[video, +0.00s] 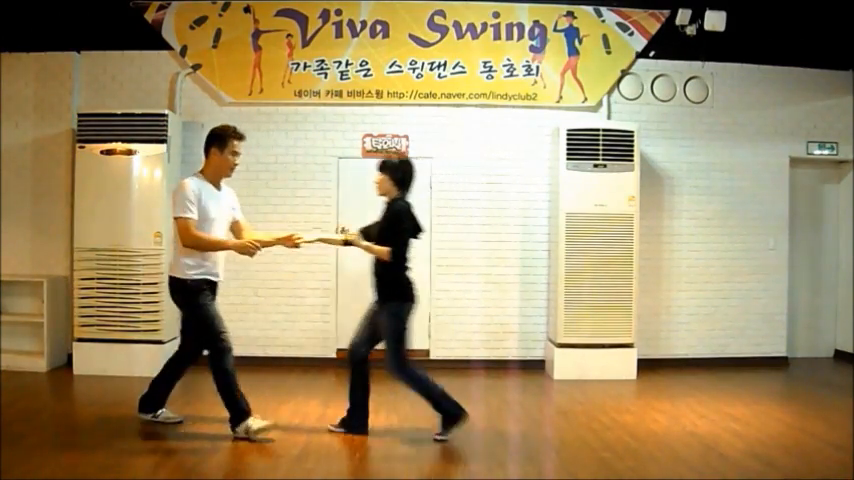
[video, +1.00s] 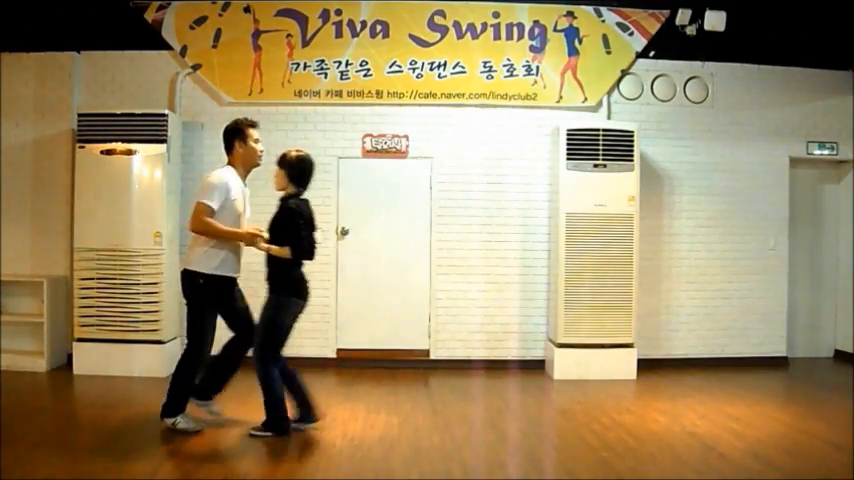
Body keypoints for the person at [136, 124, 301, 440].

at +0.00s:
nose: (237, 161)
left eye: (238, 155)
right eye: (233, 154)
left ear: (221, 156)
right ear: (213, 153)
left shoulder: (227, 194)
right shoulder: (188, 187)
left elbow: (243, 238)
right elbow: (188, 239)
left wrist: (279, 240)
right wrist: (233, 245)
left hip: (208, 281)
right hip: (187, 281)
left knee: (189, 349)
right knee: (220, 345)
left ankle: (150, 405)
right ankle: (241, 419)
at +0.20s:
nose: (232, 157)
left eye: (233, 151)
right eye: (228, 150)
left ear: (219, 151)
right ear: (208, 148)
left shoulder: (219, 190)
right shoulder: (182, 182)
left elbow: (223, 231)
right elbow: (179, 233)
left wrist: (254, 235)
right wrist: (223, 236)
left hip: (200, 277)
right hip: (177, 276)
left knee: (178, 346)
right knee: (206, 339)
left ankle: (148, 408)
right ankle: (181, 410)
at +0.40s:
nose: (240, 160)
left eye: (241, 154)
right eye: (236, 153)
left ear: (221, 155)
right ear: (216, 153)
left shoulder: (220, 191)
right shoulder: (188, 186)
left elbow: (203, 234)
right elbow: (177, 235)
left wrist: (231, 241)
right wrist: (222, 242)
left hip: (199, 282)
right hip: (175, 280)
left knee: (208, 346)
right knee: (189, 347)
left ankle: (158, 396)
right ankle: (161, 414)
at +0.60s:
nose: (253, 155)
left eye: (253, 149)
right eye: (248, 148)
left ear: (234, 150)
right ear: (229, 148)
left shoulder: (229, 187)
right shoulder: (202, 179)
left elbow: (210, 225)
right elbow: (175, 221)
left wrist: (234, 233)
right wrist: (218, 232)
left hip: (207, 278)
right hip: (183, 275)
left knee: (213, 341)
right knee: (193, 343)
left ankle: (175, 404)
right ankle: (164, 410)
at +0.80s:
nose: (256, 157)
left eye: (256, 150)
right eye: (252, 150)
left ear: (238, 154)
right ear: (233, 153)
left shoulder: (233, 191)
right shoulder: (210, 185)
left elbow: (213, 229)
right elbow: (180, 226)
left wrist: (236, 238)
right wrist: (223, 238)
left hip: (217, 283)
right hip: (196, 283)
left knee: (205, 350)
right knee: (206, 350)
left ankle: (172, 405)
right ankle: (169, 408)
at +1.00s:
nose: (261, 148)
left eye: (260, 141)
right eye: (255, 142)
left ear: (241, 148)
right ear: (237, 146)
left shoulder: (239, 185)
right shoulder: (219, 179)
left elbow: (223, 226)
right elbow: (197, 222)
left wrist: (249, 235)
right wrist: (240, 235)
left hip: (222, 277)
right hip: (201, 276)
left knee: (245, 333)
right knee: (198, 346)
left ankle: (202, 396)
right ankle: (172, 412)